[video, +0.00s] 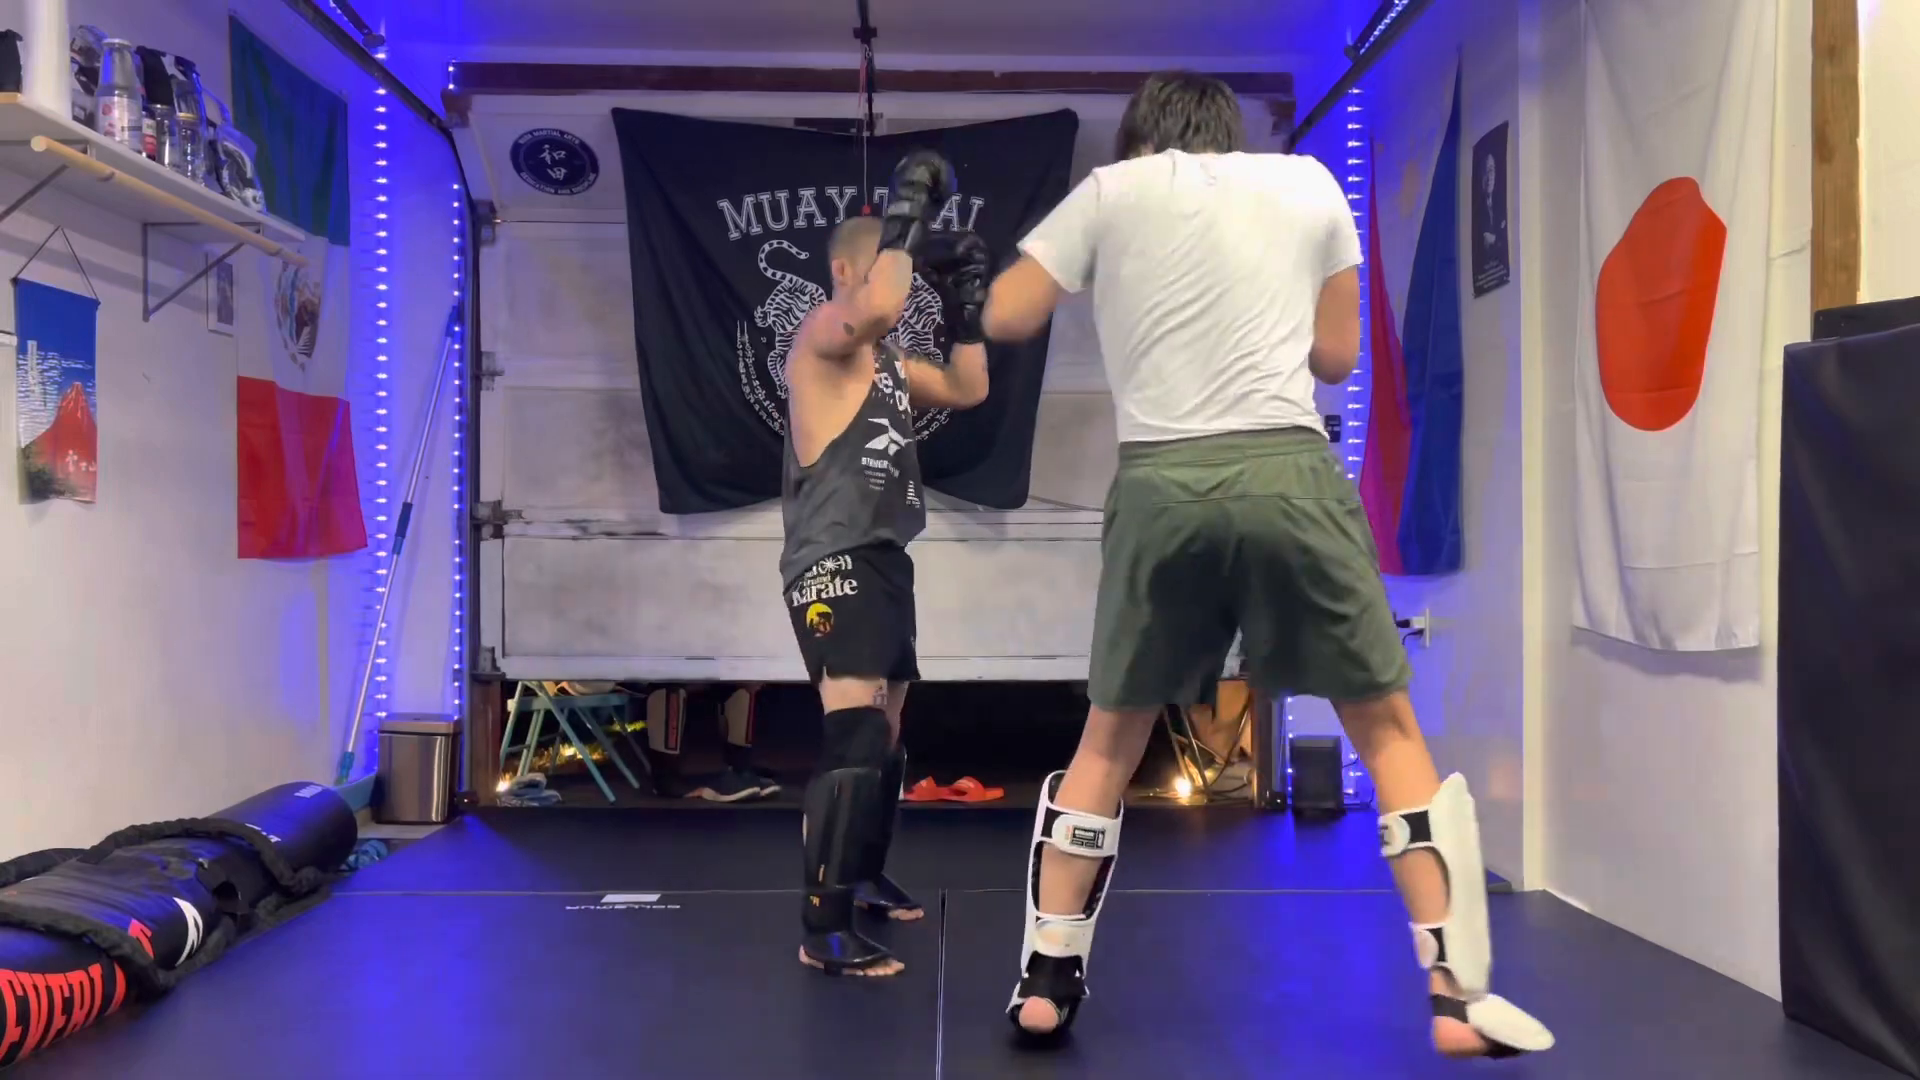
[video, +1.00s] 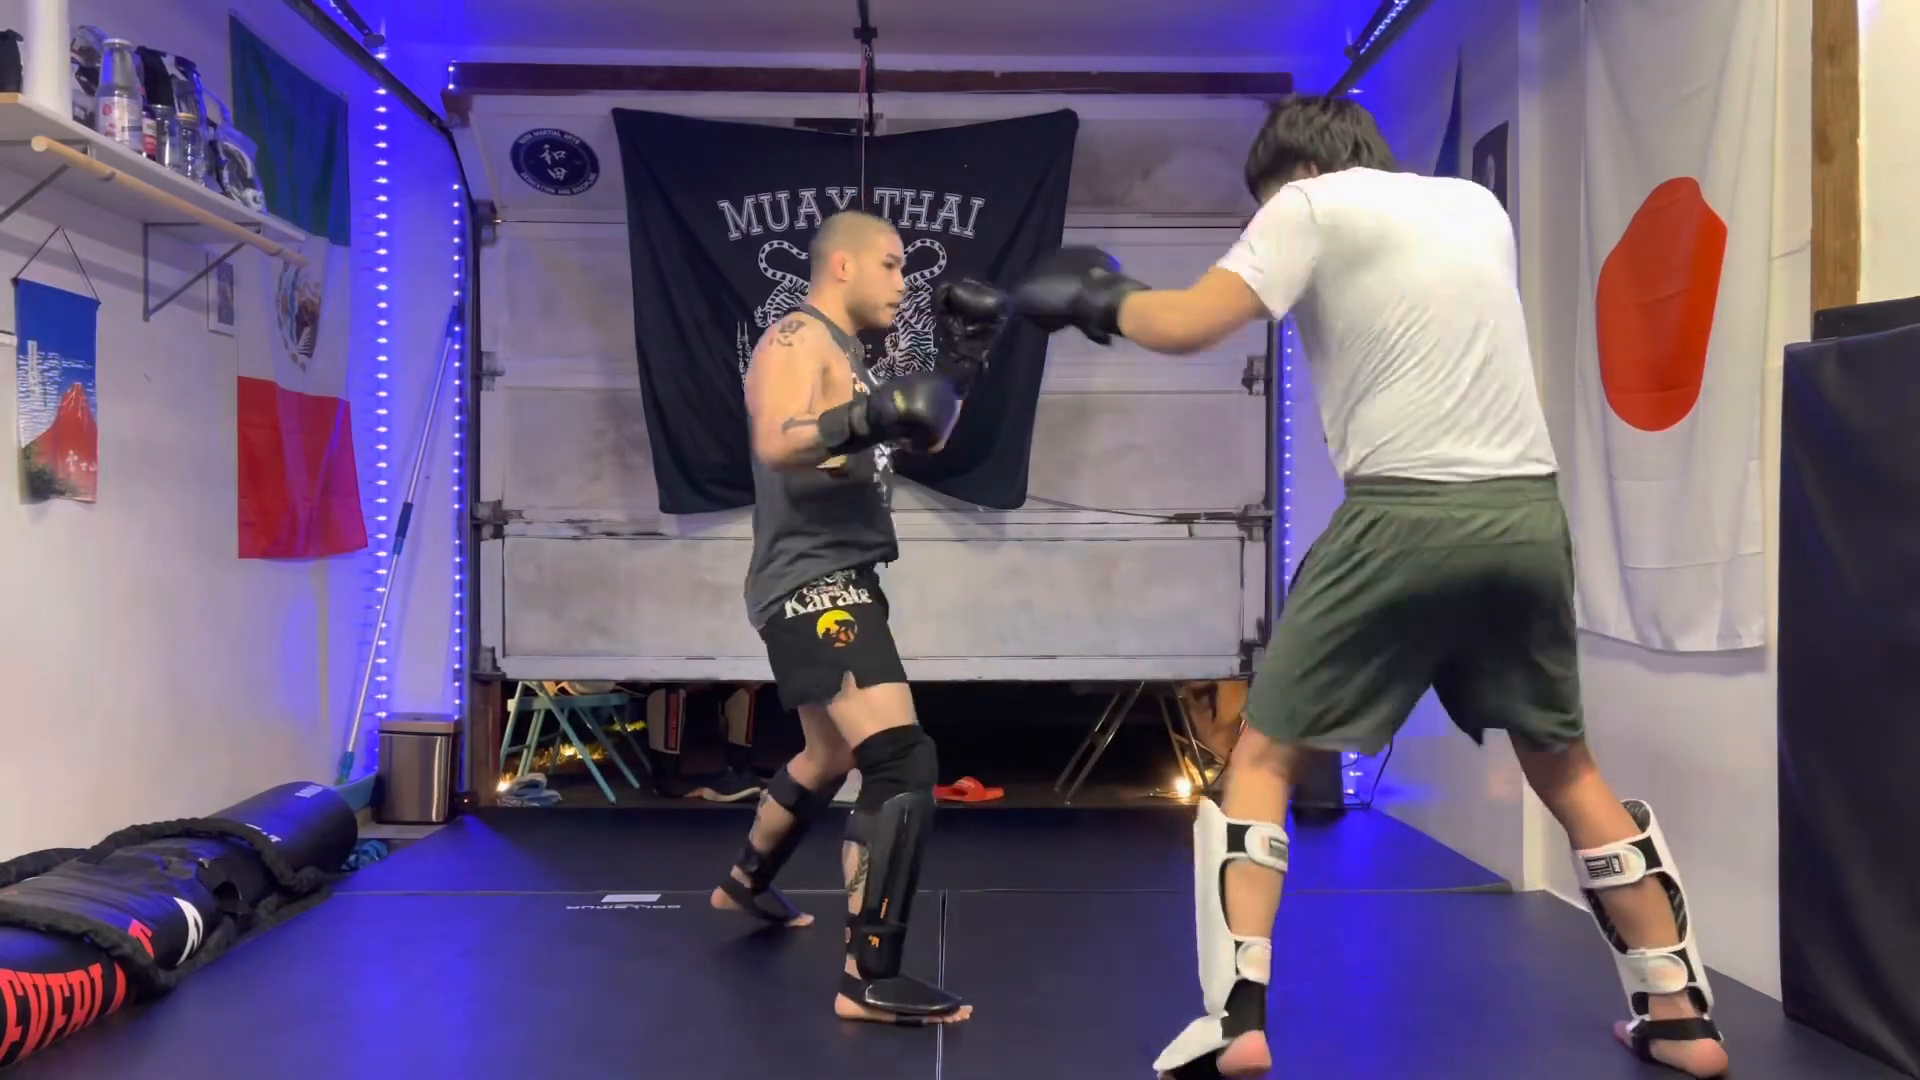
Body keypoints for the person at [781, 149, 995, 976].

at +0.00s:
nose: (896, 285)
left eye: (900, 273)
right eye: (887, 272)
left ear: (878, 280)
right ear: (847, 273)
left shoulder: (887, 359)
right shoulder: (822, 333)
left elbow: (969, 388)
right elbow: (876, 306)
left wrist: (967, 305)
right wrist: (904, 227)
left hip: (883, 556)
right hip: (834, 556)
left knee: (884, 724)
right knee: (856, 732)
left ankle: (864, 882)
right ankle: (824, 928)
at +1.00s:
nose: (902, 283)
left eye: (902, 268)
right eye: (890, 266)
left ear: (850, 270)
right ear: (842, 268)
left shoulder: (851, 354)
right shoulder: (794, 340)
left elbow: (927, 445)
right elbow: (777, 445)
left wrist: (959, 357)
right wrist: (873, 414)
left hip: (832, 578)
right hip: (814, 581)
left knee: (827, 757)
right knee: (900, 760)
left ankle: (745, 884)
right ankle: (874, 979)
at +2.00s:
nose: (703, 271)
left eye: (702, 257)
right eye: (688, 255)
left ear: (634, 269)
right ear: (634, 260)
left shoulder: (628, 351)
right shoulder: (607, 336)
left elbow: (699, 447)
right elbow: (634, 418)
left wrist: (748, 370)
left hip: (539, 596)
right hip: (565, 595)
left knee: (550, 776)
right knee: (662, 789)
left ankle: (424, 913)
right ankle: (658, 1014)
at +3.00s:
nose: (543, 256)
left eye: (542, 238)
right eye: (533, 238)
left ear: (461, 246)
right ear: (488, 238)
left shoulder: (407, 324)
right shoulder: (486, 302)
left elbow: (464, 445)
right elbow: (508, 420)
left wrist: (550, 379)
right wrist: (625, 397)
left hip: (409, 596)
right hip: (497, 582)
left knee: (429, 778)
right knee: (604, 762)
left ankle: (368, 968)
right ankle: (555, 975)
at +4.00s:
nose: (456, 232)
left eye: (455, 217)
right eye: (444, 215)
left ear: (394, 220)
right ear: (389, 217)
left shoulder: (385, 317)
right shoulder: (330, 294)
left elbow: (455, 427)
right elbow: (411, 397)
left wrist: (514, 348)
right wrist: (477, 306)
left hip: (373, 562)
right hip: (321, 556)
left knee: (373, 760)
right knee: (360, 756)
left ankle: (321, 938)